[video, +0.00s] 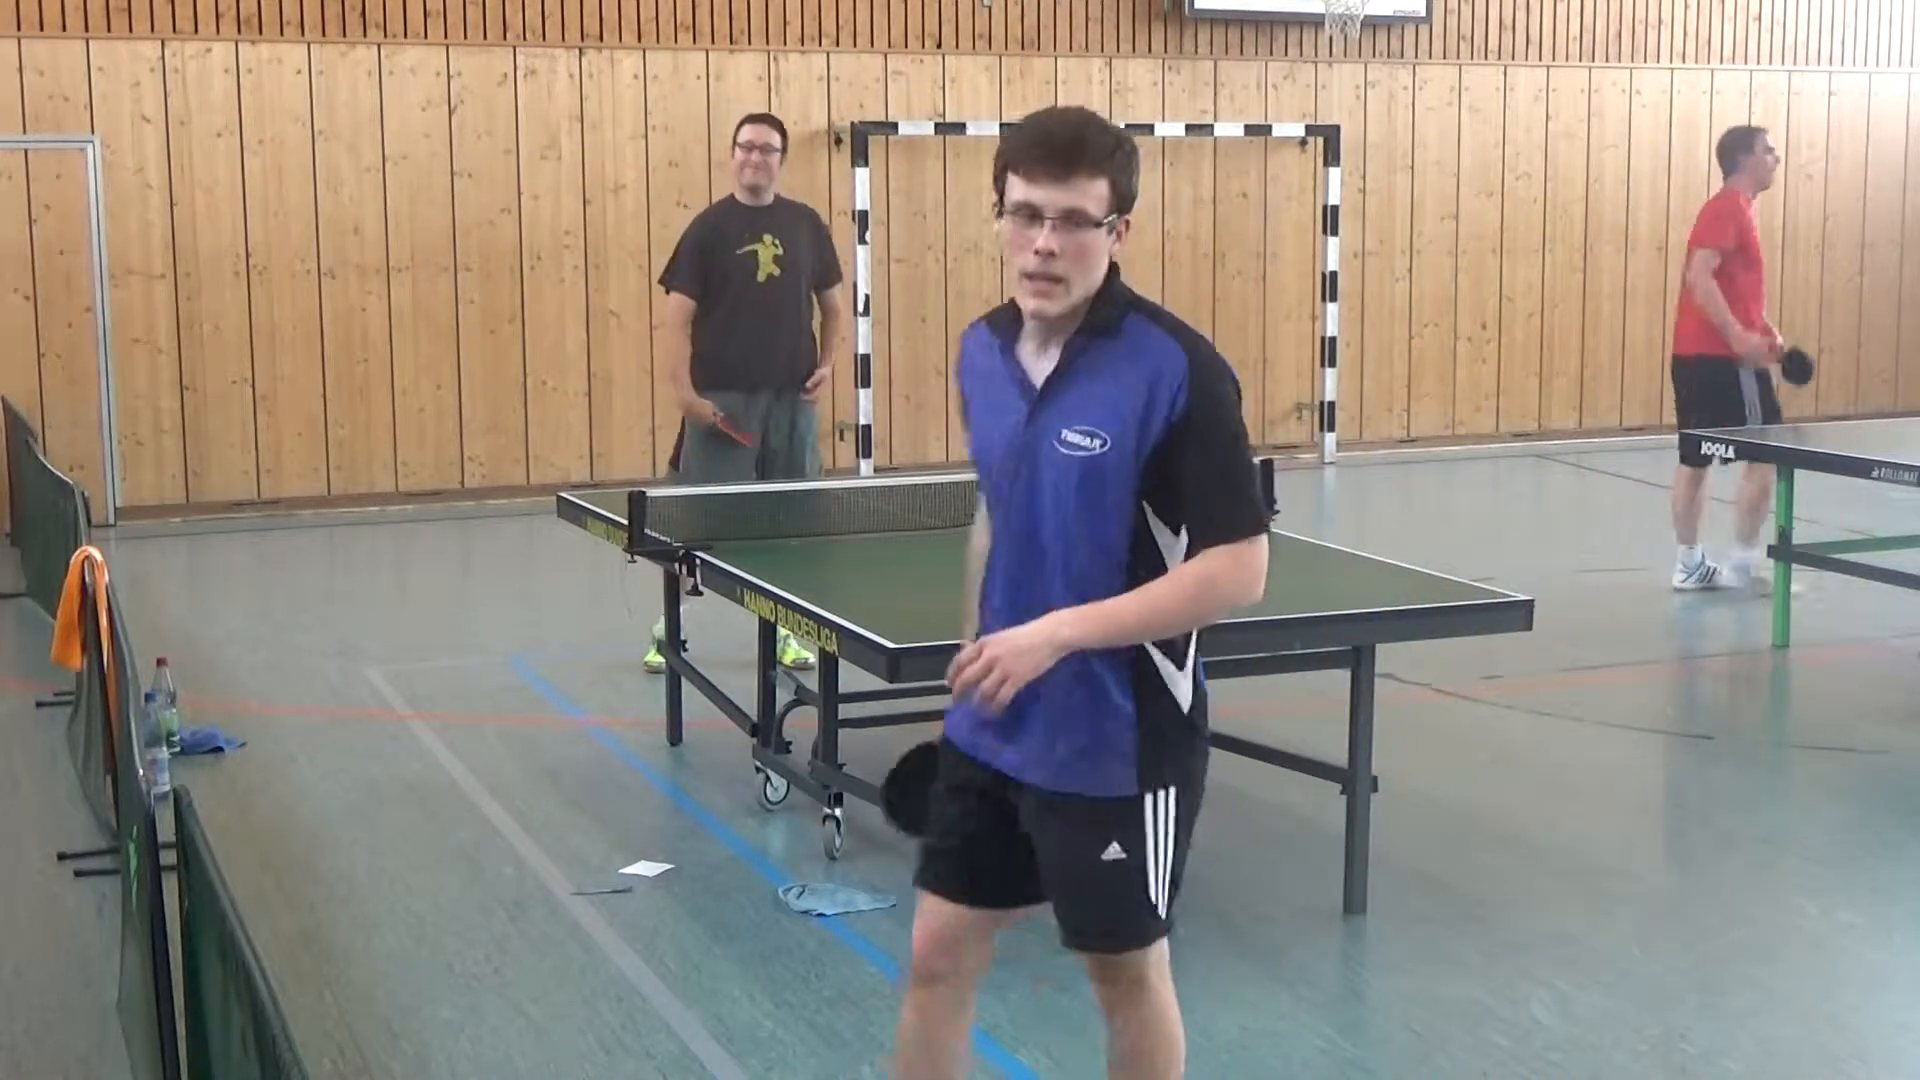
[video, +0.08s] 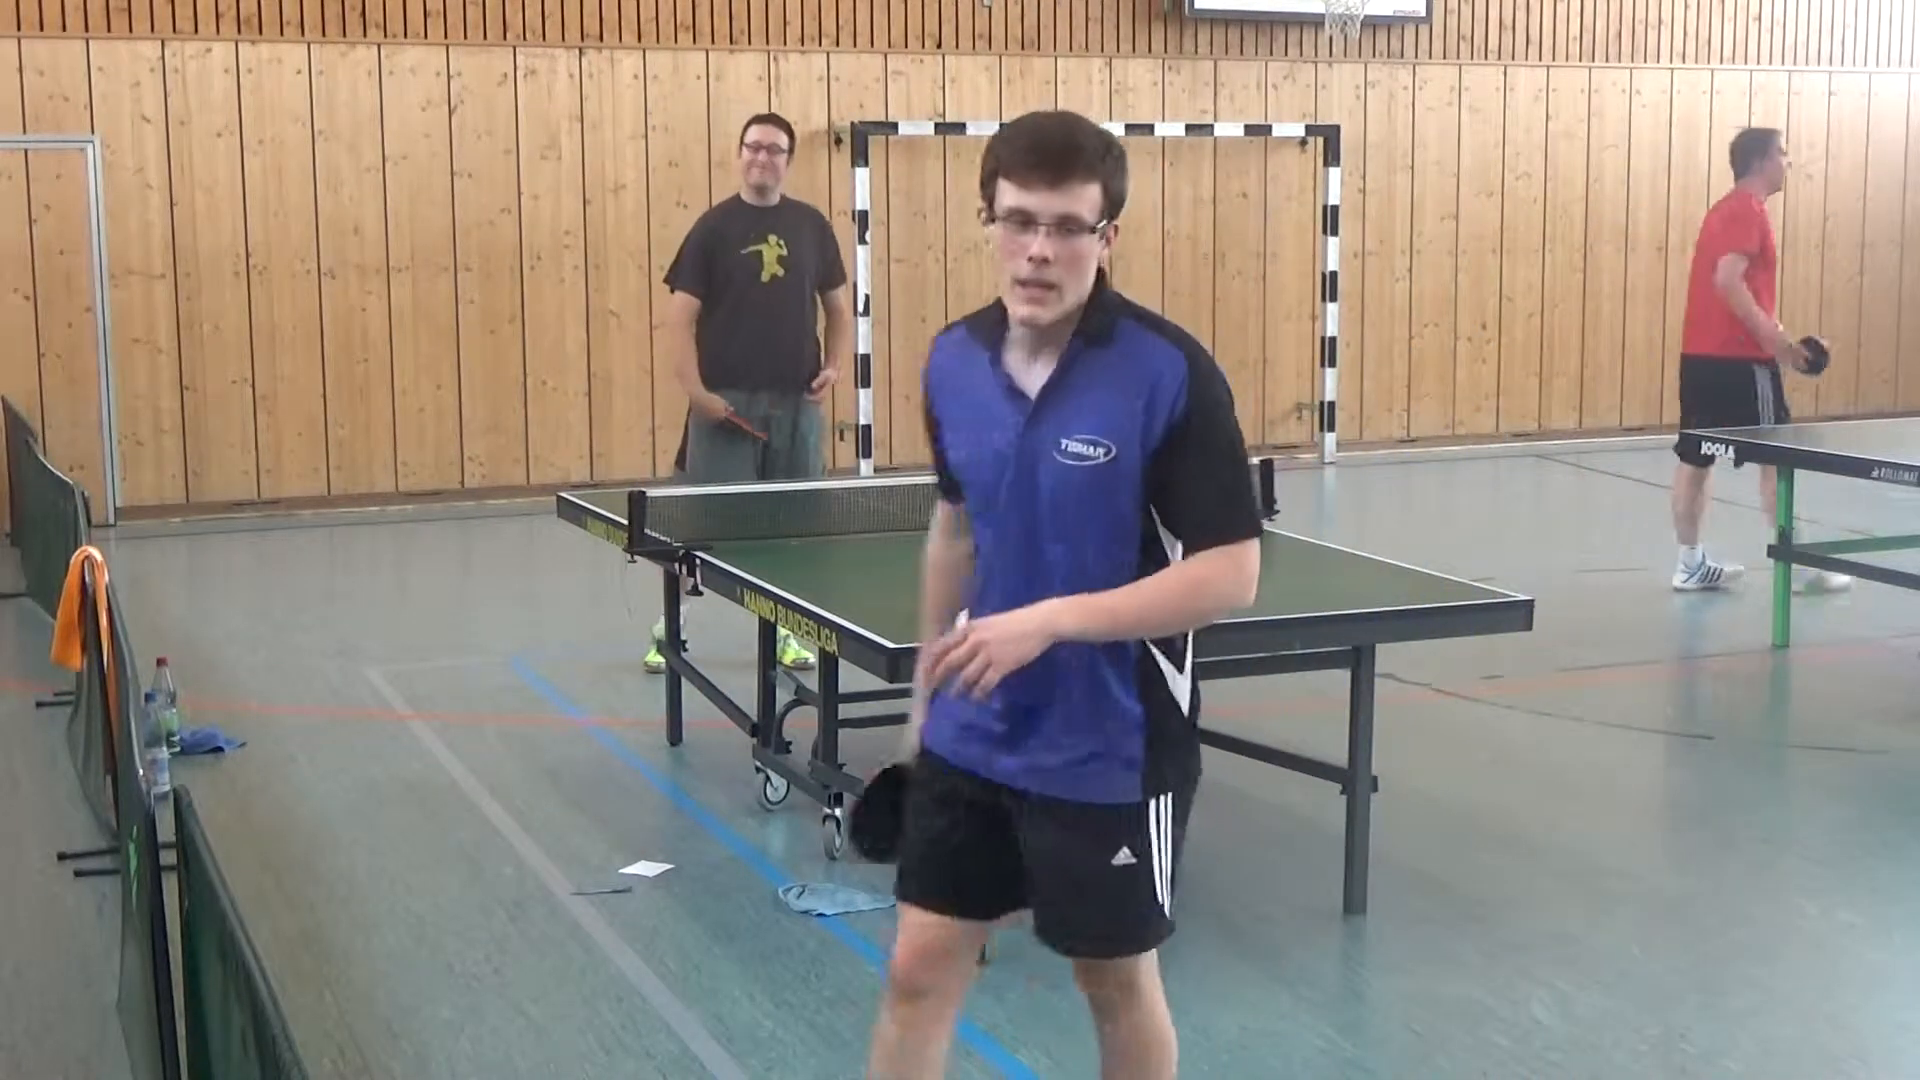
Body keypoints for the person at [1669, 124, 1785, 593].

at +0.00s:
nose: (1777, 159)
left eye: (1773, 151)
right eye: (1769, 151)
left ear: (1745, 161)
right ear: (1747, 159)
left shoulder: (1734, 210)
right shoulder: (1729, 209)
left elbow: (1733, 285)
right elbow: (1698, 275)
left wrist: (1764, 329)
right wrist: (1737, 336)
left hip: (1697, 355)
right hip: (1726, 357)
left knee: (1694, 459)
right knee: (1765, 455)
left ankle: (1689, 564)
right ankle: (1743, 564)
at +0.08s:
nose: (1787, 163)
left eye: (1785, 155)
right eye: (1781, 155)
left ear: (1745, 164)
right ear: (1760, 162)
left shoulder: (1720, 210)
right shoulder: (1748, 209)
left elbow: (1724, 287)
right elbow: (1727, 278)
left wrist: (1780, 341)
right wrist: (1773, 336)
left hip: (1701, 360)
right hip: (1742, 360)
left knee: (1693, 460)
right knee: (1776, 461)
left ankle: (1690, 564)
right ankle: (1797, 564)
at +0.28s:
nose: (1824, 169)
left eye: (1822, 160)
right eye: (1821, 161)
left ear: (1777, 169)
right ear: (1808, 167)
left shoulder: (1748, 215)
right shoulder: (1804, 215)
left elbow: (1759, 293)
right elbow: (1799, 291)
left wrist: (1827, 328)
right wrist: (1836, 335)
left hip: (1737, 366)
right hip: (1787, 370)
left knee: (1716, 463)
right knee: (1811, 467)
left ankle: (1695, 563)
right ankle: (1839, 557)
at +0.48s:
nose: (1877, 164)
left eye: (1874, 157)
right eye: (1874, 158)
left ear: (1829, 165)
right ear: (1865, 165)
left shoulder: (1799, 208)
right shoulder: (1864, 212)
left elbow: (1781, 277)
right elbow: (1855, 293)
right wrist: (1890, 334)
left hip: (1793, 357)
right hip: (1841, 359)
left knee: (1775, 450)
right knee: (1853, 461)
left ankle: (1718, 535)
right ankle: (1844, 560)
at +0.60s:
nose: (1906, 161)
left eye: (1904, 154)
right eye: (1904, 155)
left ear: (1857, 162)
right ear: (1895, 162)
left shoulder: (1826, 207)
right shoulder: (1890, 213)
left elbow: (1800, 274)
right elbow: (1886, 291)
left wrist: (1835, 309)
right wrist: (1915, 319)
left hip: (1825, 350)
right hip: (1867, 355)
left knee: (1821, 449)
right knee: (1862, 462)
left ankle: (1758, 513)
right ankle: (1848, 561)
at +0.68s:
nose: (1919, 165)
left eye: (1918, 156)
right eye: (1918, 157)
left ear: (1875, 160)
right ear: (1909, 161)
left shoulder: (1842, 208)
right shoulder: (1903, 211)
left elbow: (1808, 271)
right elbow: (1902, 288)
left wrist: (1836, 306)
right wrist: (1919, 308)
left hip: (1842, 346)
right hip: (1879, 349)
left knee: (1859, 443)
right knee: (1869, 454)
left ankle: (1796, 508)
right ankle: (1851, 555)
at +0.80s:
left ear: (1901, 160)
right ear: (1919, 160)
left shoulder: (1873, 206)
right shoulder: (1913, 206)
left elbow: (1835, 265)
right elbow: (1911, 279)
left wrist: (1867, 296)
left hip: (1870, 346)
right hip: (1902, 348)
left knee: (1902, 450)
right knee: (1882, 453)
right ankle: (1848, 552)